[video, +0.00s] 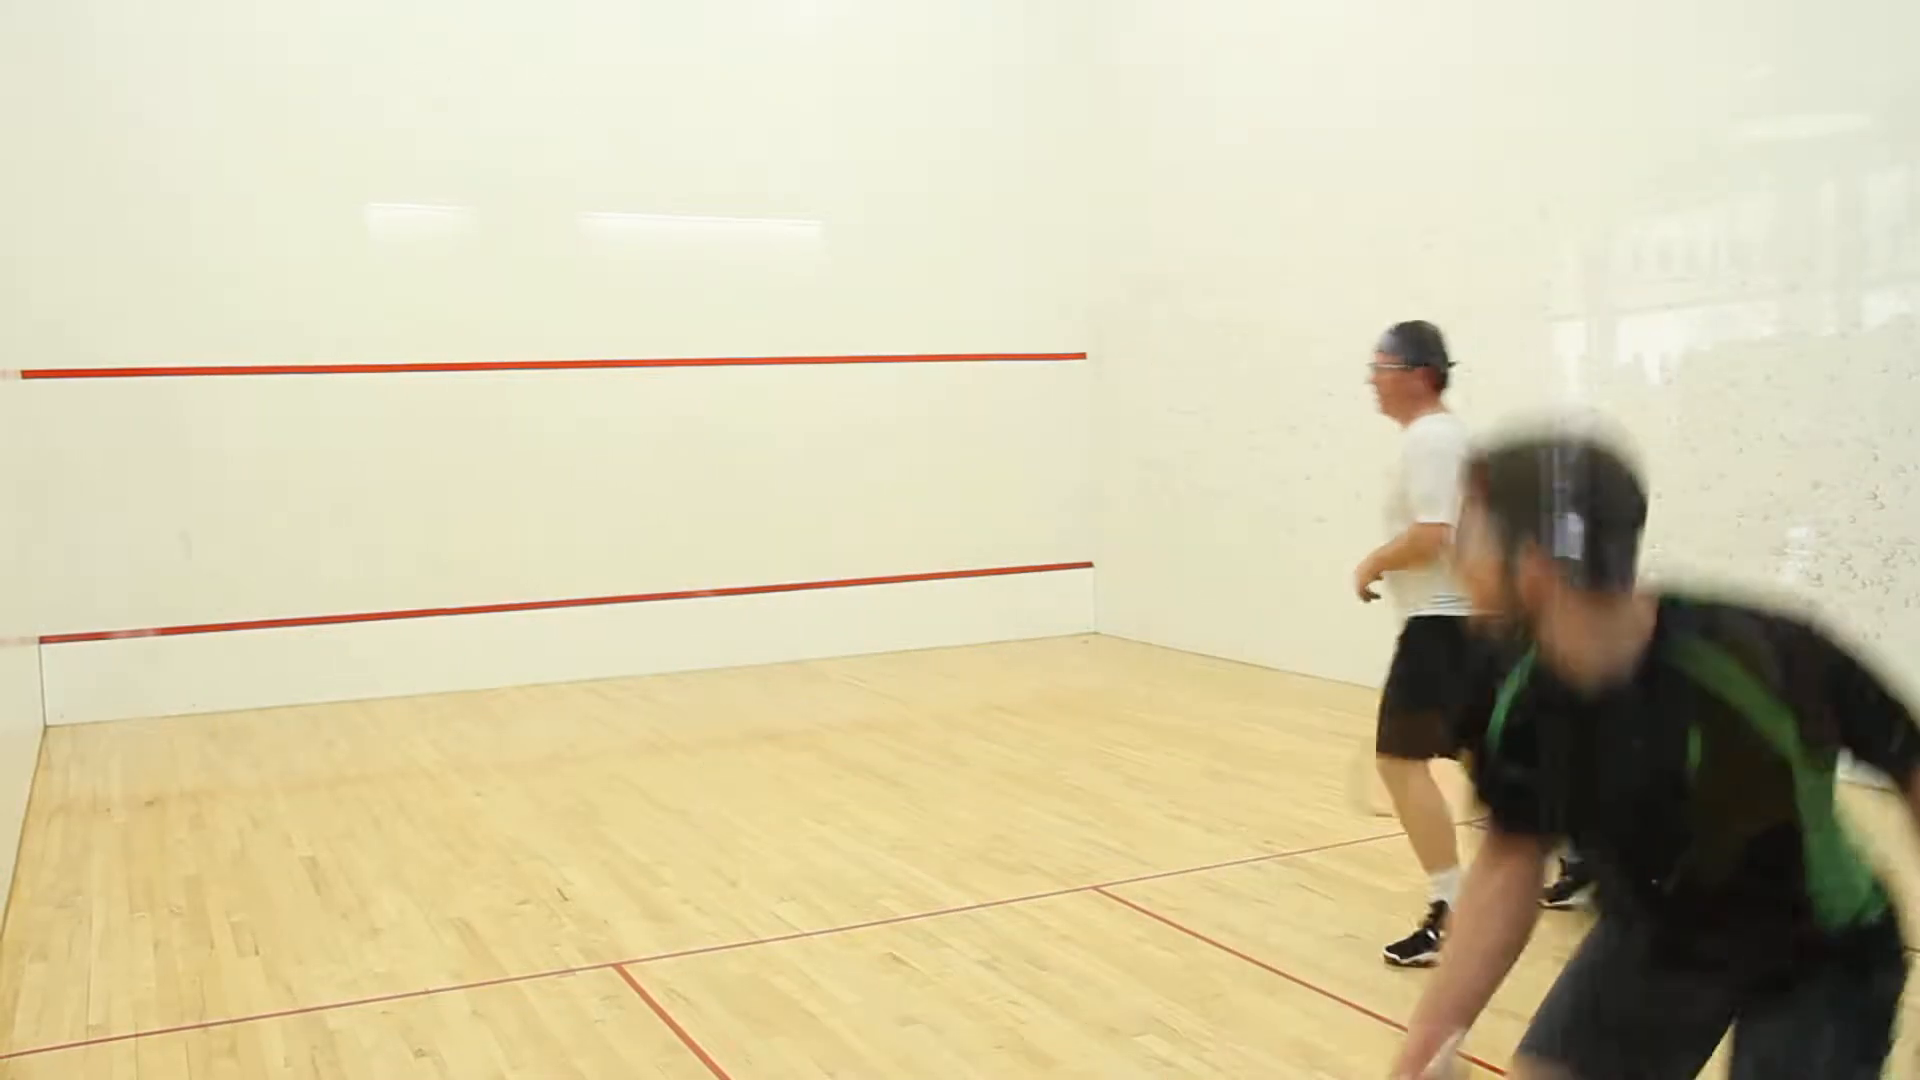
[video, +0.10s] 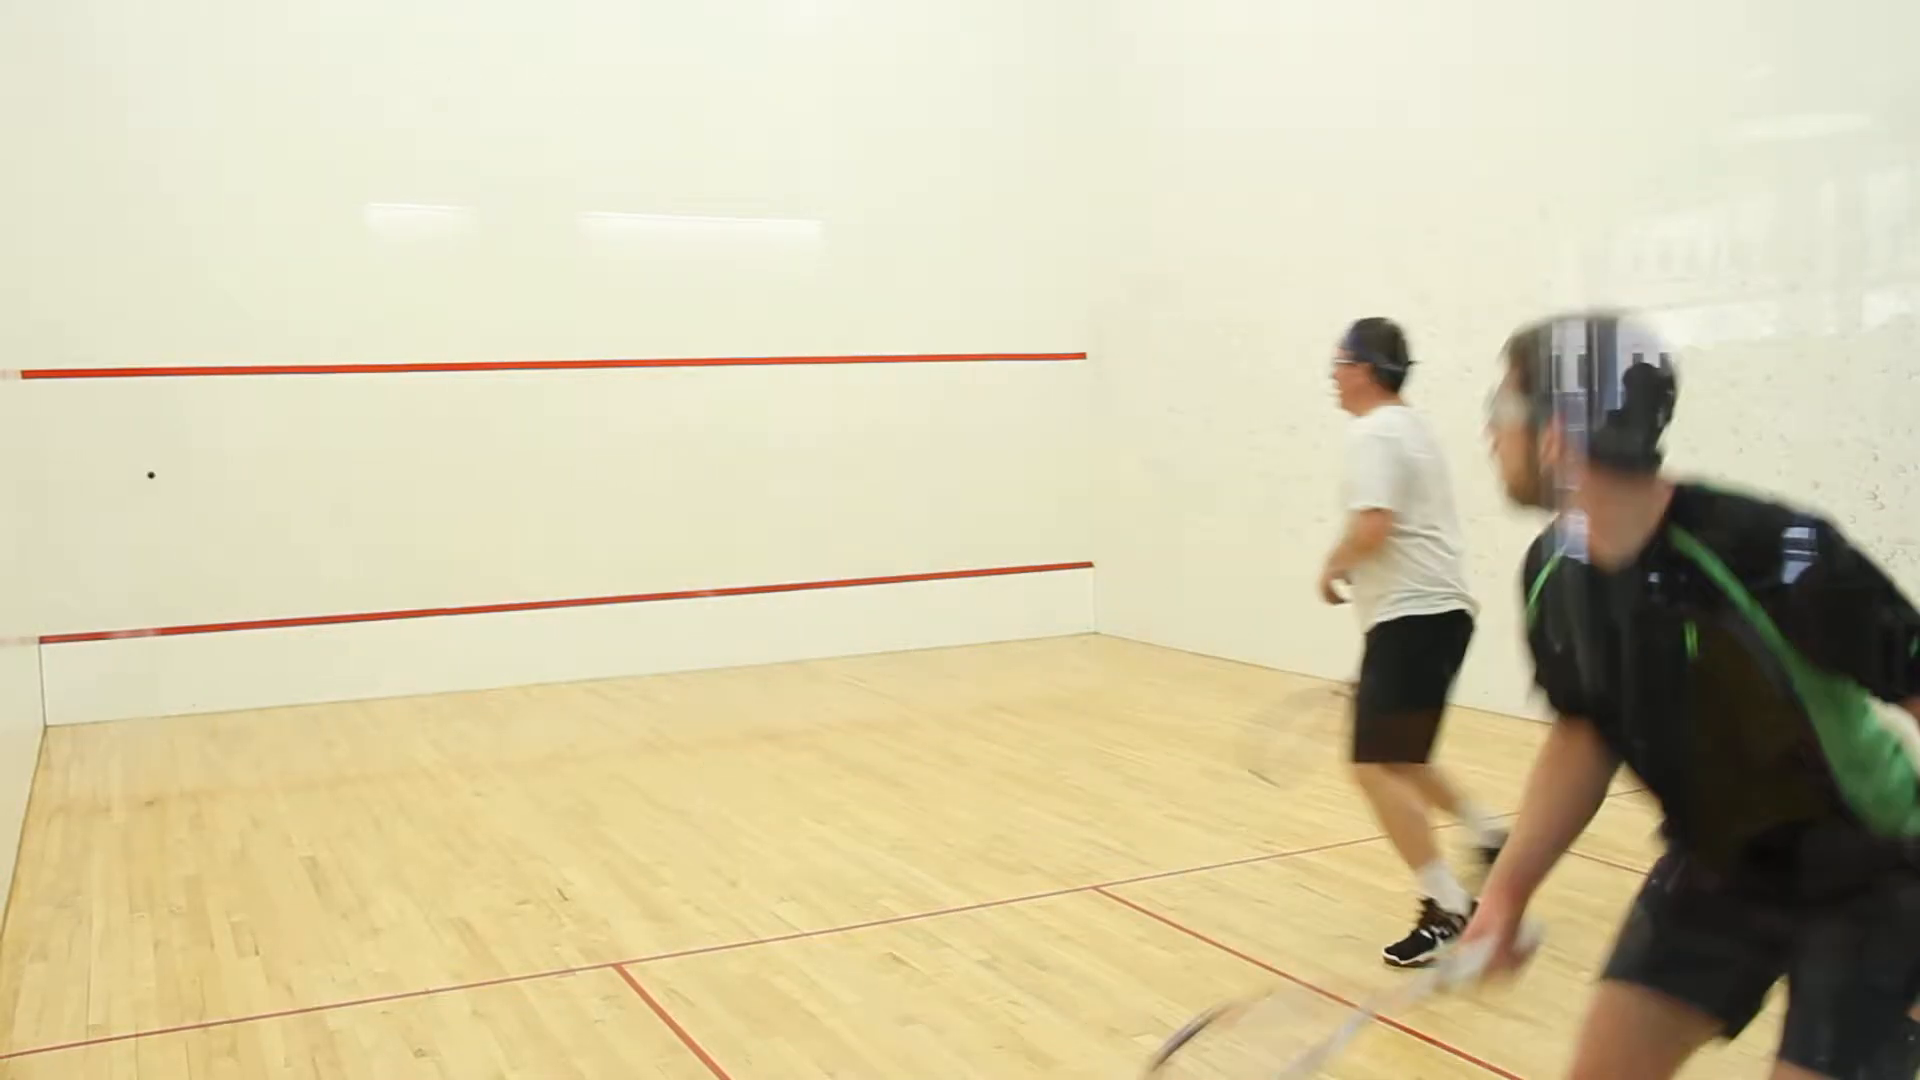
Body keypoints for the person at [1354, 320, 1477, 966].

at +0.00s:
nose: (1373, 382)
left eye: (1383, 370)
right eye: (1374, 370)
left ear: (1421, 377)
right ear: (1423, 379)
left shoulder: (1433, 439)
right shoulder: (1444, 436)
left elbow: (1431, 535)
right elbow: (1446, 533)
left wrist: (1375, 564)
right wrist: (1394, 563)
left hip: (1440, 623)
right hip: (1474, 620)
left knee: (1400, 758)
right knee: (1492, 751)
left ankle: (1452, 906)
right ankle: (1569, 851)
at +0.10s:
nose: (1334, 376)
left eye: (1343, 365)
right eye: (1336, 365)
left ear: (1369, 372)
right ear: (1388, 374)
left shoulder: (1379, 432)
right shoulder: (1412, 428)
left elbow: (1374, 523)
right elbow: (1411, 525)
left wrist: (1334, 567)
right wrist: (1359, 563)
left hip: (1410, 616)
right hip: (1439, 610)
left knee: (1373, 763)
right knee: (1402, 756)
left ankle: (1447, 905)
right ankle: (1490, 833)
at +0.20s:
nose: (1291, 389)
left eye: (1298, 378)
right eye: (1294, 377)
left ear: (1322, 385)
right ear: (1343, 386)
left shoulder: (1332, 444)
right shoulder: (1373, 441)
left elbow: (1317, 532)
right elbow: (1374, 531)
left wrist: (1286, 580)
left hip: (1374, 623)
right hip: (1406, 622)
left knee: (1306, 762)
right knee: (1320, 754)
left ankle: (1390, 891)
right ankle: (1345, 873)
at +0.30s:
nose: (1255, 423)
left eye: (1260, 411)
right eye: (1257, 410)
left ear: (1280, 414)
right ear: (1310, 416)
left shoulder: (1297, 474)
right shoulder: (1334, 473)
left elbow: (1294, 565)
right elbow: (1344, 589)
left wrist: (1242, 608)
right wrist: (1285, 656)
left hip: (1334, 657)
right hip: (1364, 658)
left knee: (1247, 781)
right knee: (1275, 767)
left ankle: (1300, 943)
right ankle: (1322, 885)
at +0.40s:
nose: (1211, 451)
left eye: (1217, 439)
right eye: (1213, 438)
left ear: (1241, 443)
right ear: (1262, 445)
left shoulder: (1261, 501)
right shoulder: (1282, 498)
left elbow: (1289, 574)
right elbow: (1231, 615)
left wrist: (1236, 648)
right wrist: (1182, 673)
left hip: (1288, 687)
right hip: (1324, 686)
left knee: (1178, 793)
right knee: (1256, 770)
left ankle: (1240, 945)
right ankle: (1318, 886)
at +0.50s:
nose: (1153, 448)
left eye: (1162, 437)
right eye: (1155, 436)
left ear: (1194, 444)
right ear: (1189, 443)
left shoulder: (1228, 502)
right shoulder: (1179, 514)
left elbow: (1303, 549)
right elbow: (1151, 598)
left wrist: (1268, 643)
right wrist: (1102, 669)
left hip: (1248, 702)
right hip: (1224, 695)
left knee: (1116, 799)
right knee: (1223, 791)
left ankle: (1178, 951)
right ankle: (1316, 887)